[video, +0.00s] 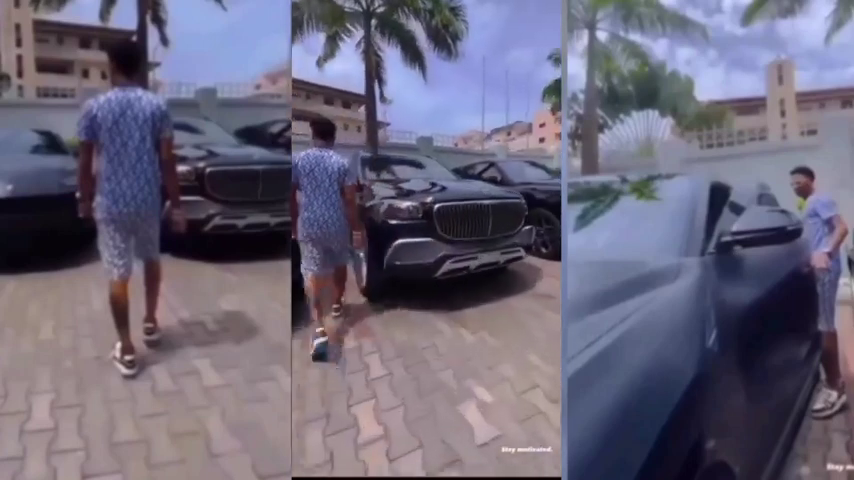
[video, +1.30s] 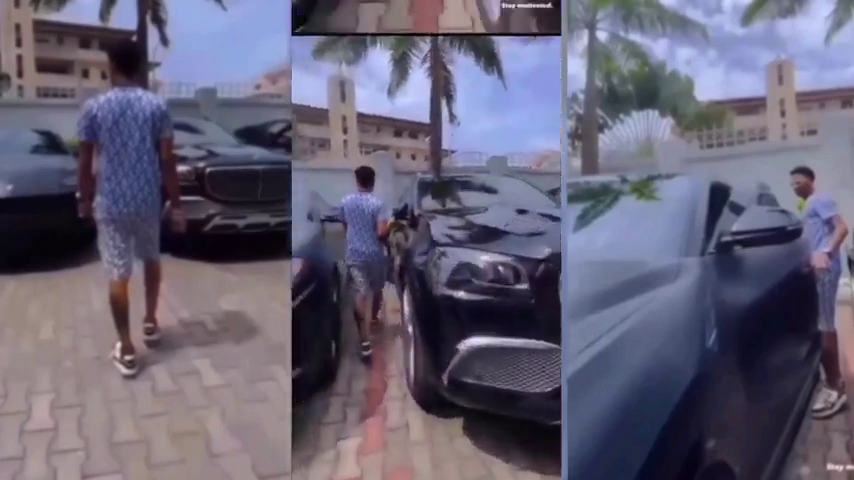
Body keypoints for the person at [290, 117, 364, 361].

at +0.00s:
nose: (320, 140)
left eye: (317, 135)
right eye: (329, 137)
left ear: (313, 136)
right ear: (333, 137)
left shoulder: (299, 160)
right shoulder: (341, 163)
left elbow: (293, 196)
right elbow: (349, 197)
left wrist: (294, 224)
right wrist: (356, 225)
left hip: (308, 223)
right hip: (336, 222)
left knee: (313, 274)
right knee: (339, 263)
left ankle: (318, 325)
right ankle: (337, 301)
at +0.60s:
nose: (298, 140)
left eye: (295, 135)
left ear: (294, 136)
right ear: (315, 136)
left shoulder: (288, 160)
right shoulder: (324, 161)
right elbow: (335, 189)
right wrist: (336, 208)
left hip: (297, 221)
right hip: (322, 220)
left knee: (305, 263)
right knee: (327, 266)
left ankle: (316, 295)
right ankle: (323, 319)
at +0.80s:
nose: (314, 138)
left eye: (308, 134)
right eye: (321, 133)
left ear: (304, 135)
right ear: (323, 134)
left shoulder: (295, 158)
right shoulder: (332, 157)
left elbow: (292, 187)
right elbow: (344, 186)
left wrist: (297, 205)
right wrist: (343, 205)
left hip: (307, 213)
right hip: (332, 212)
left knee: (317, 259)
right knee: (343, 254)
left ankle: (327, 299)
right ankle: (339, 294)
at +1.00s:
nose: (333, 140)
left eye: (326, 136)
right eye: (337, 136)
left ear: (321, 137)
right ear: (341, 137)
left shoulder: (311, 160)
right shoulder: (349, 159)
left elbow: (310, 192)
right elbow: (358, 188)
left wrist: (315, 204)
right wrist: (359, 202)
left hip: (325, 214)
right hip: (348, 213)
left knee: (333, 259)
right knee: (356, 252)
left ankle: (342, 304)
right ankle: (357, 289)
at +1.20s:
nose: (355, 151)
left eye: (349, 147)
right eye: (358, 147)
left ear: (344, 148)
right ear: (362, 148)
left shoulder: (333, 169)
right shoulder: (368, 170)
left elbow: (332, 197)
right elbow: (374, 199)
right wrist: (378, 201)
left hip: (343, 222)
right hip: (365, 221)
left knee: (352, 264)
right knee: (369, 261)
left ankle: (359, 311)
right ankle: (366, 295)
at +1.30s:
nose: (365, 184)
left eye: (361, 181)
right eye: (369, 181)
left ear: (356, 181)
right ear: (373, 182)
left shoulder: (347, 202)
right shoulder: (378, 204)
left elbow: (344, 226)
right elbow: (381, 232)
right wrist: (390, 225)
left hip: (354, 252)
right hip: (374, 252)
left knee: (361, 292)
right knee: (376, 289)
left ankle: (364, 339)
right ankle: (374, 318)